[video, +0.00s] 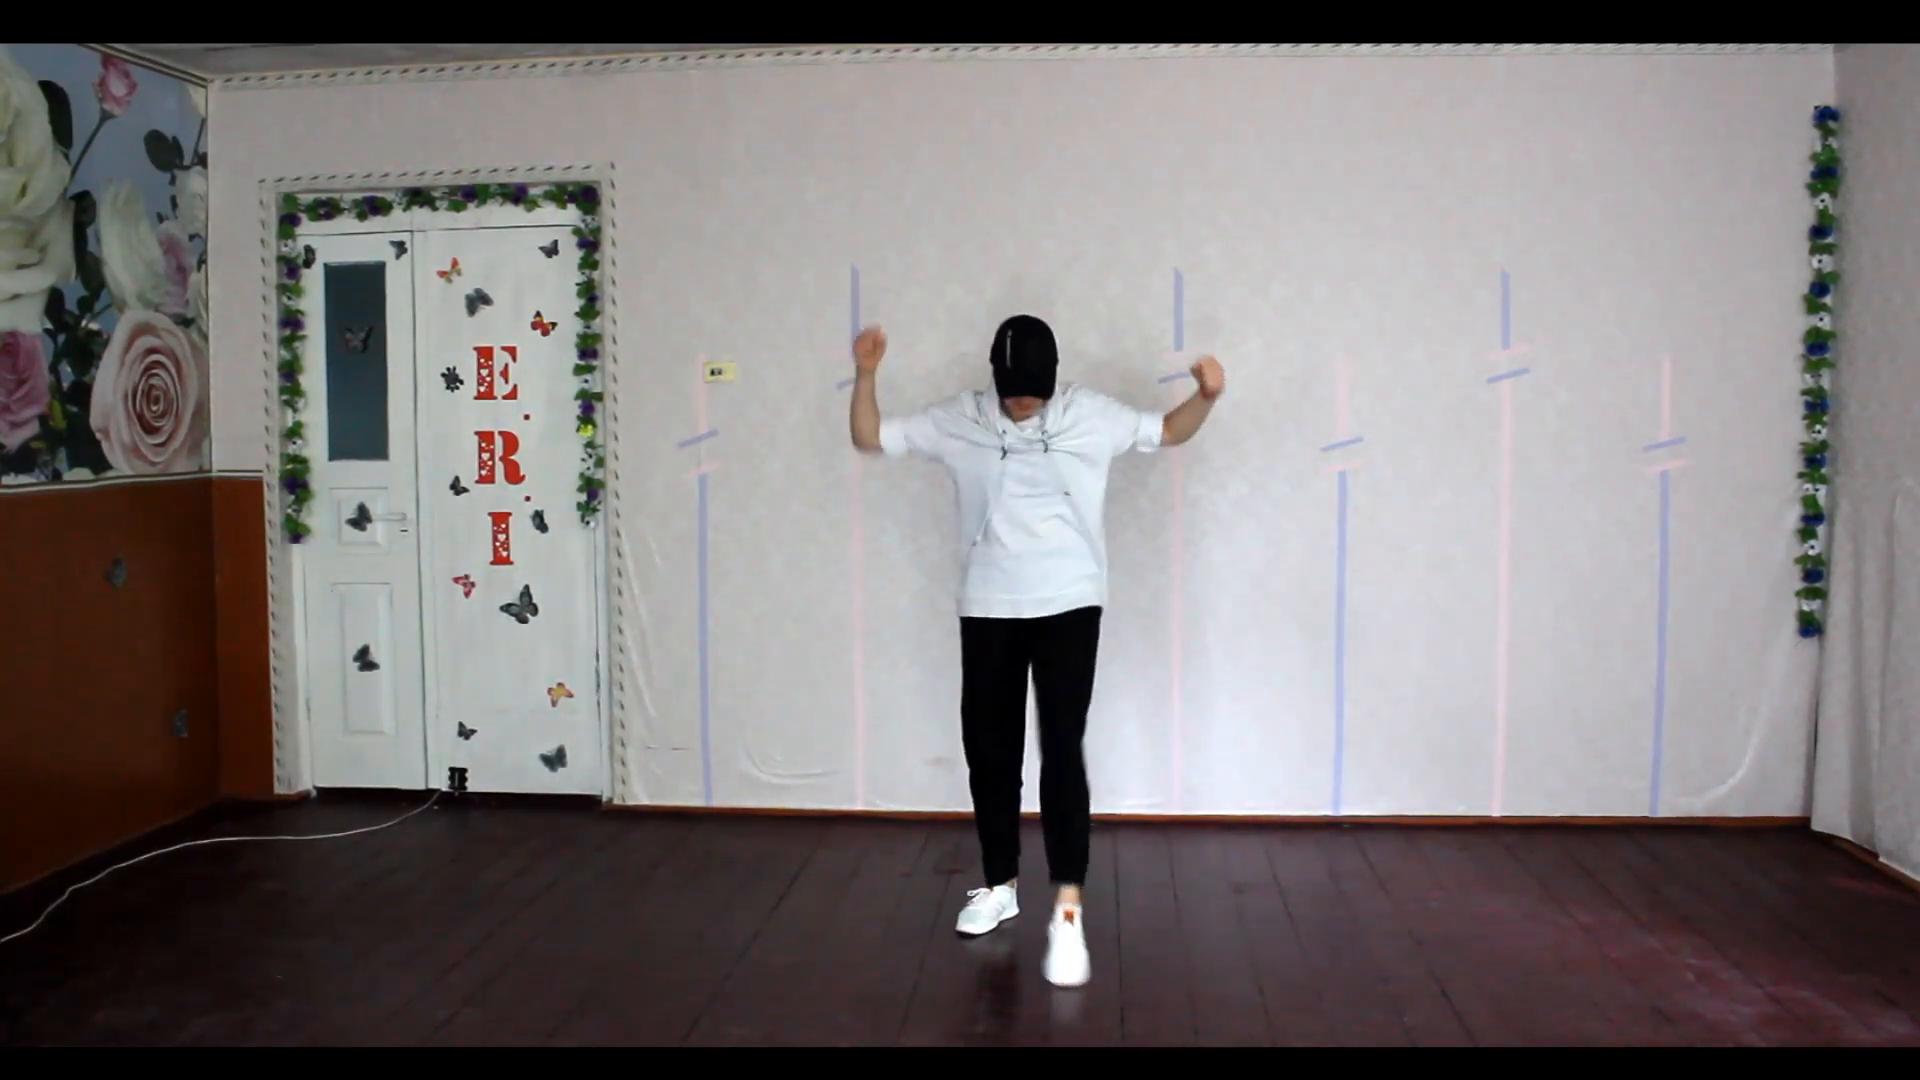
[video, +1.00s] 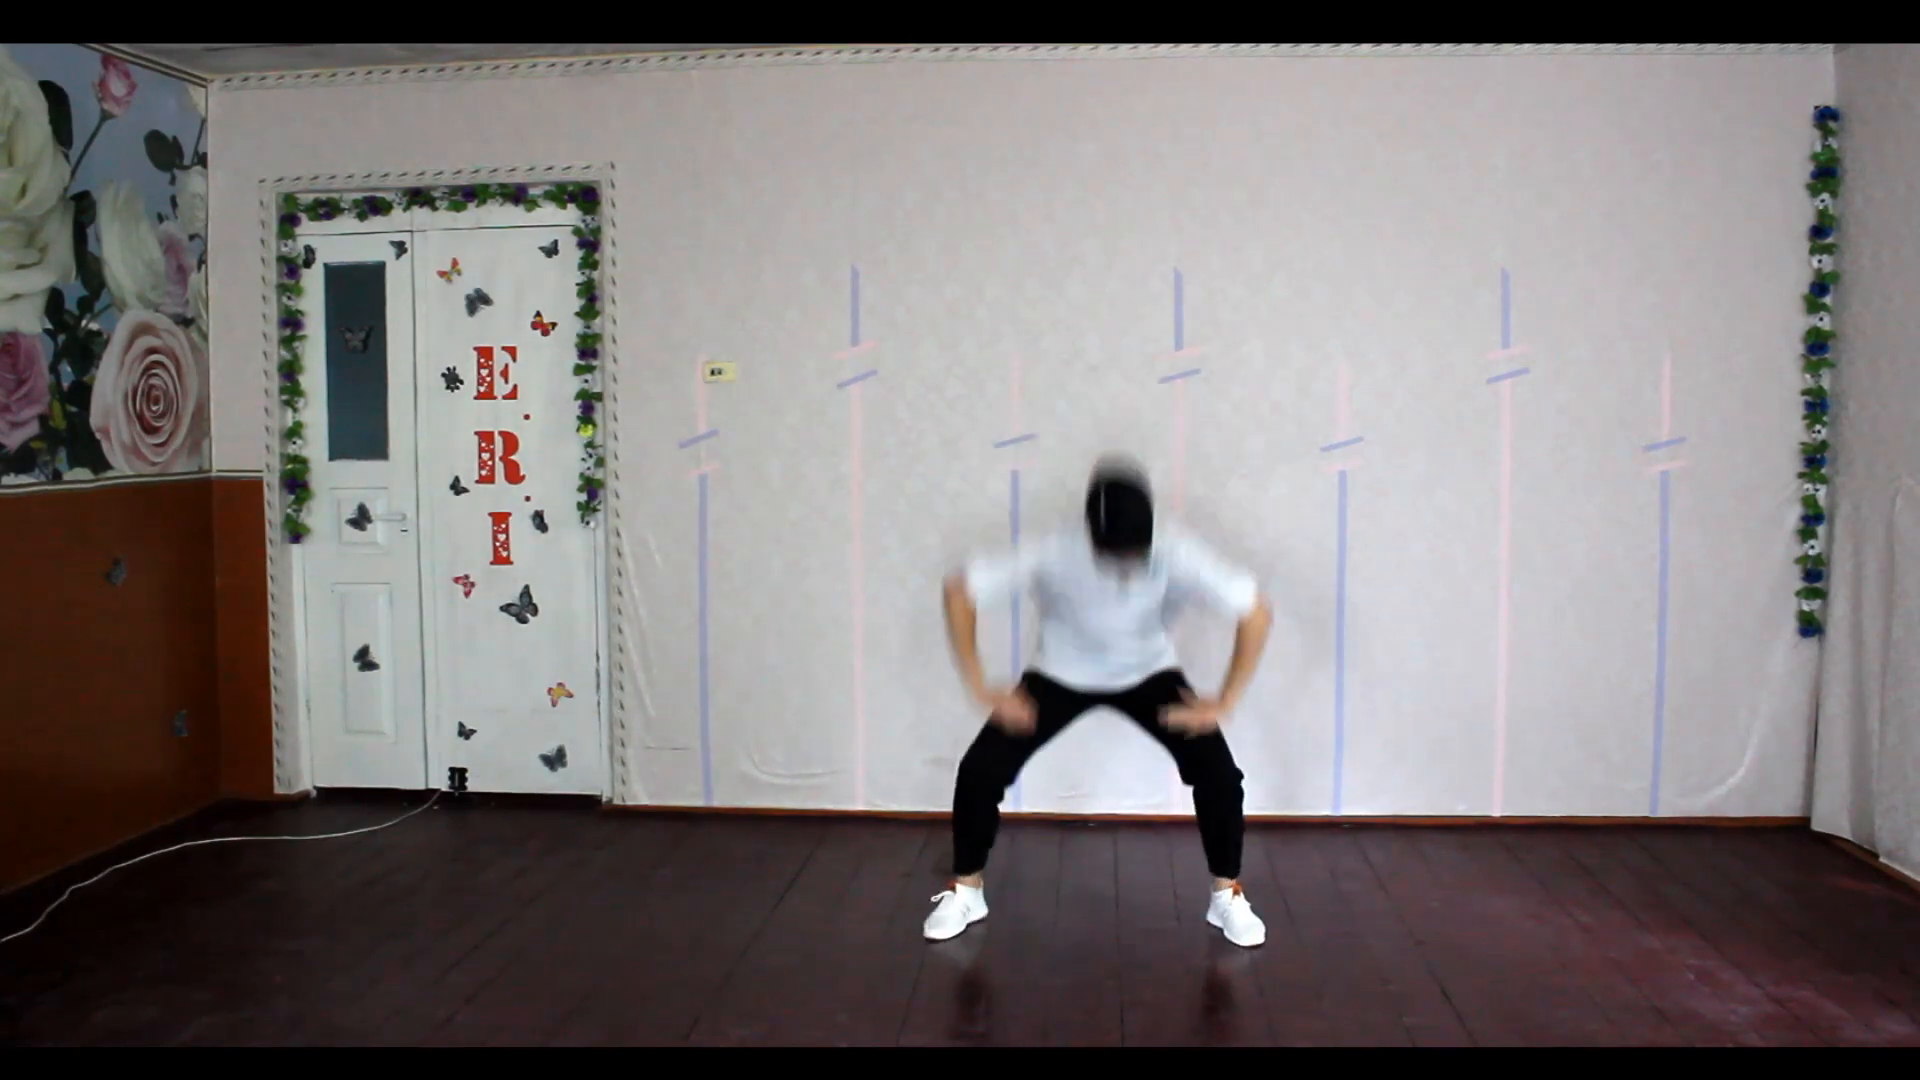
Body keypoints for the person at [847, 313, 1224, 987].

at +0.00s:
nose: (1020, 405)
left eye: (1031, 395)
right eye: (1010, 394)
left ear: (1052, 378)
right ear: (993, 377)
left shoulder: (1091, 416)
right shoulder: (962, 418)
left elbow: (1167, 431)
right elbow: (868, 436)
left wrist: (1206, 396)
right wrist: (866, 373)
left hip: (1068, 610)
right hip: (988, 612)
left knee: (1062, 755)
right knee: (990, 758)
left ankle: (1068, 909)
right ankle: (999, 887)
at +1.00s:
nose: (1125, 561)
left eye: (1134, 552)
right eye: (1114, 552)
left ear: (1149, 532)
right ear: (1091, 532)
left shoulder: (1173, 553)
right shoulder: (1054, 553)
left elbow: (1256, 611)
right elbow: (959, 591)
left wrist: (1222, 704)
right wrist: (981, 690)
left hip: (1147, 679)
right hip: (1059, 680)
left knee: (1219, 774)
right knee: (978, 772)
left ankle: (1227, 894)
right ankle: (966, 890)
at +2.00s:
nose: (1051, 567)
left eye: (1059, 557)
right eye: (1040, 558)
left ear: (1083, 532)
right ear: (1024, 538)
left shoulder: (1121, 552)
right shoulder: (1025, 574)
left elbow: (1183, 640)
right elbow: (996, 684)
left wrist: (1121, 734)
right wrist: (969, 794)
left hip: (1141, 715)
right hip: (1076, 716)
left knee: (1094, 804)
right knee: (1030, 836)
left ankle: (1130, 951)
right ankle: (1124, 866)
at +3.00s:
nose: (1047, 551)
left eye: (1054, 539)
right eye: (1035, 543)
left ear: (1071, 515)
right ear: (1018, 529)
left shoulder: (1124, 529)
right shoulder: (1017, 566)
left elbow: (1161, 629)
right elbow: (1000, 674)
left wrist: (1150, 740)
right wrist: (988, 764)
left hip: (1153, 693)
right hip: (1085, 702)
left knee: (1121, 806)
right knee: (1063, 832)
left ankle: (1131, 951)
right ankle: (1126, 868)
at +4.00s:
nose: (1036, 486)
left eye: (1045, 475)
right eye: (1025, 477)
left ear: (1064, 455)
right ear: (1006, 460)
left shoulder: (1099, 494)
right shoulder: (995, 500)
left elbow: (1116, 595)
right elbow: (949, 548)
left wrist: (1102, 599)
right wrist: (858, 552)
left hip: (1110, 680)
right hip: (1021, 680)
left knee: (1187, 801)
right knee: (922, 794)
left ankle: (1246, 931)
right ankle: (912, 913)